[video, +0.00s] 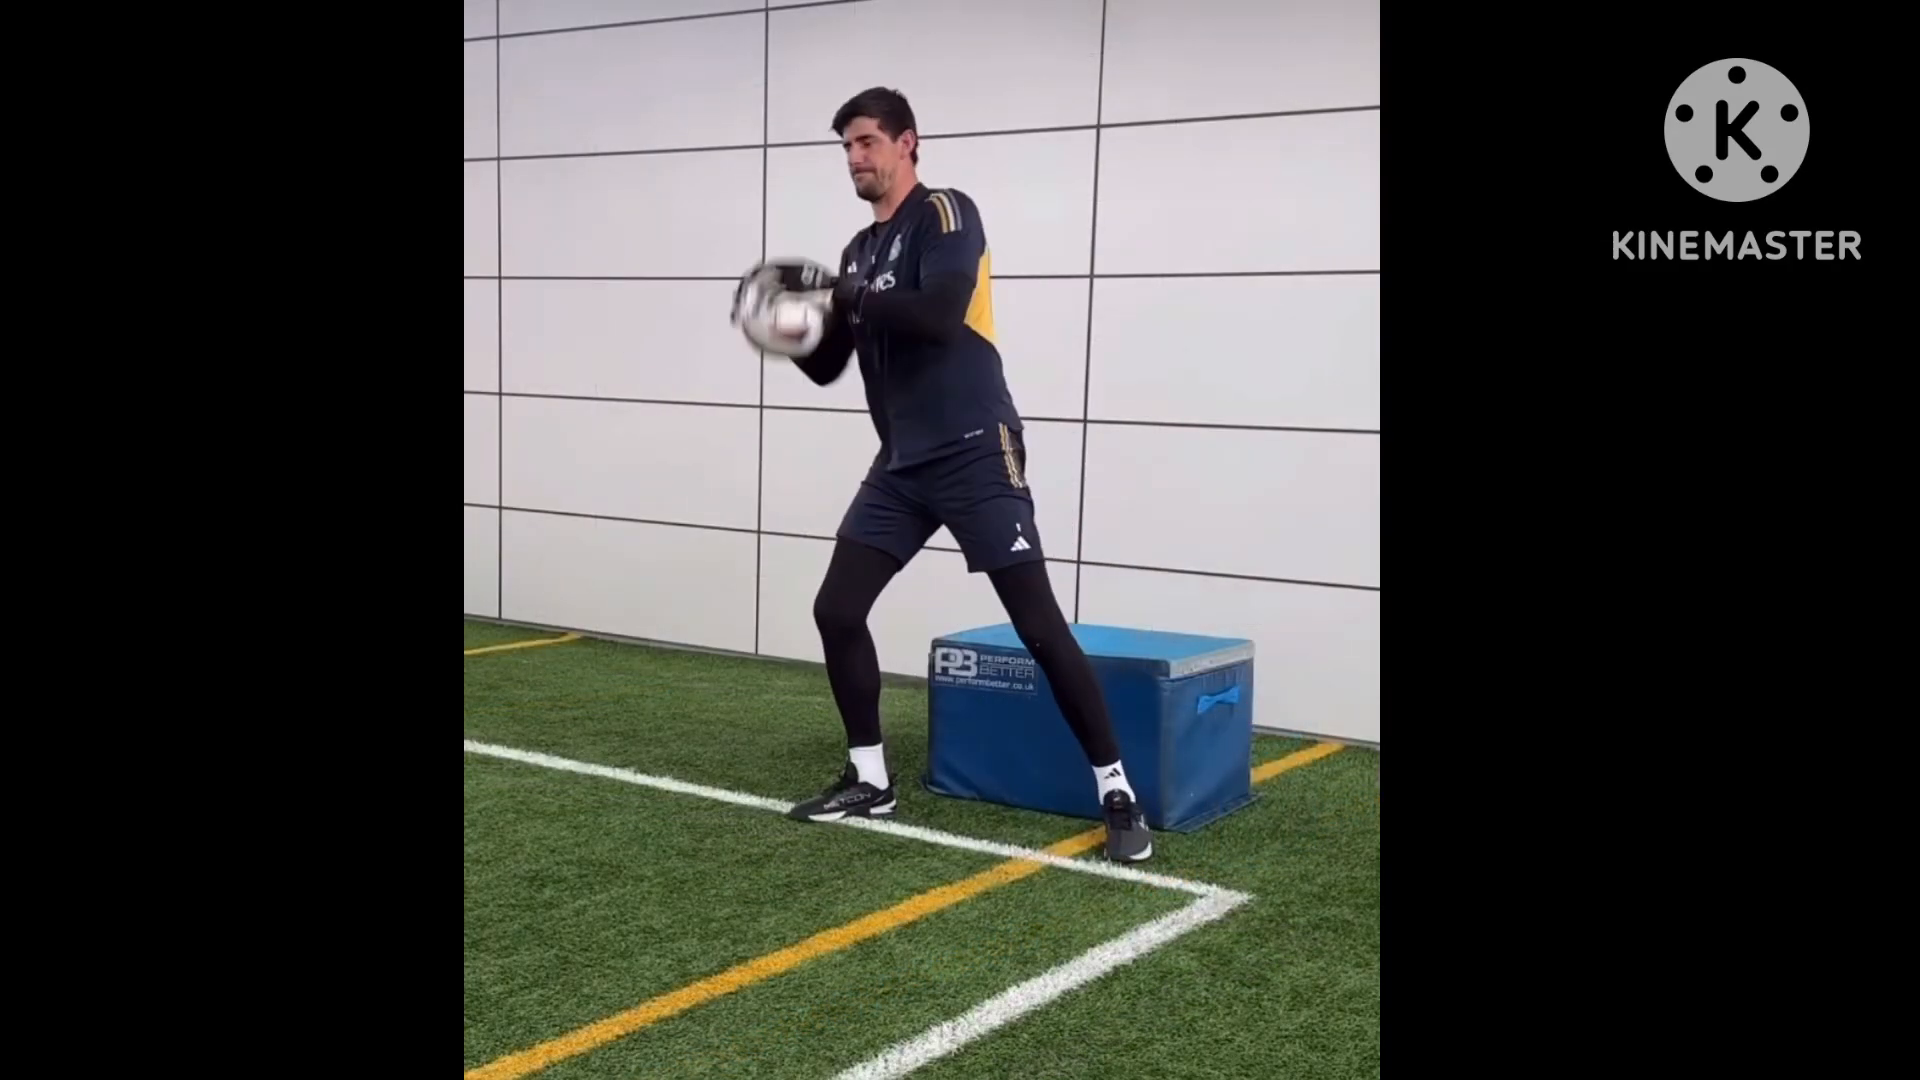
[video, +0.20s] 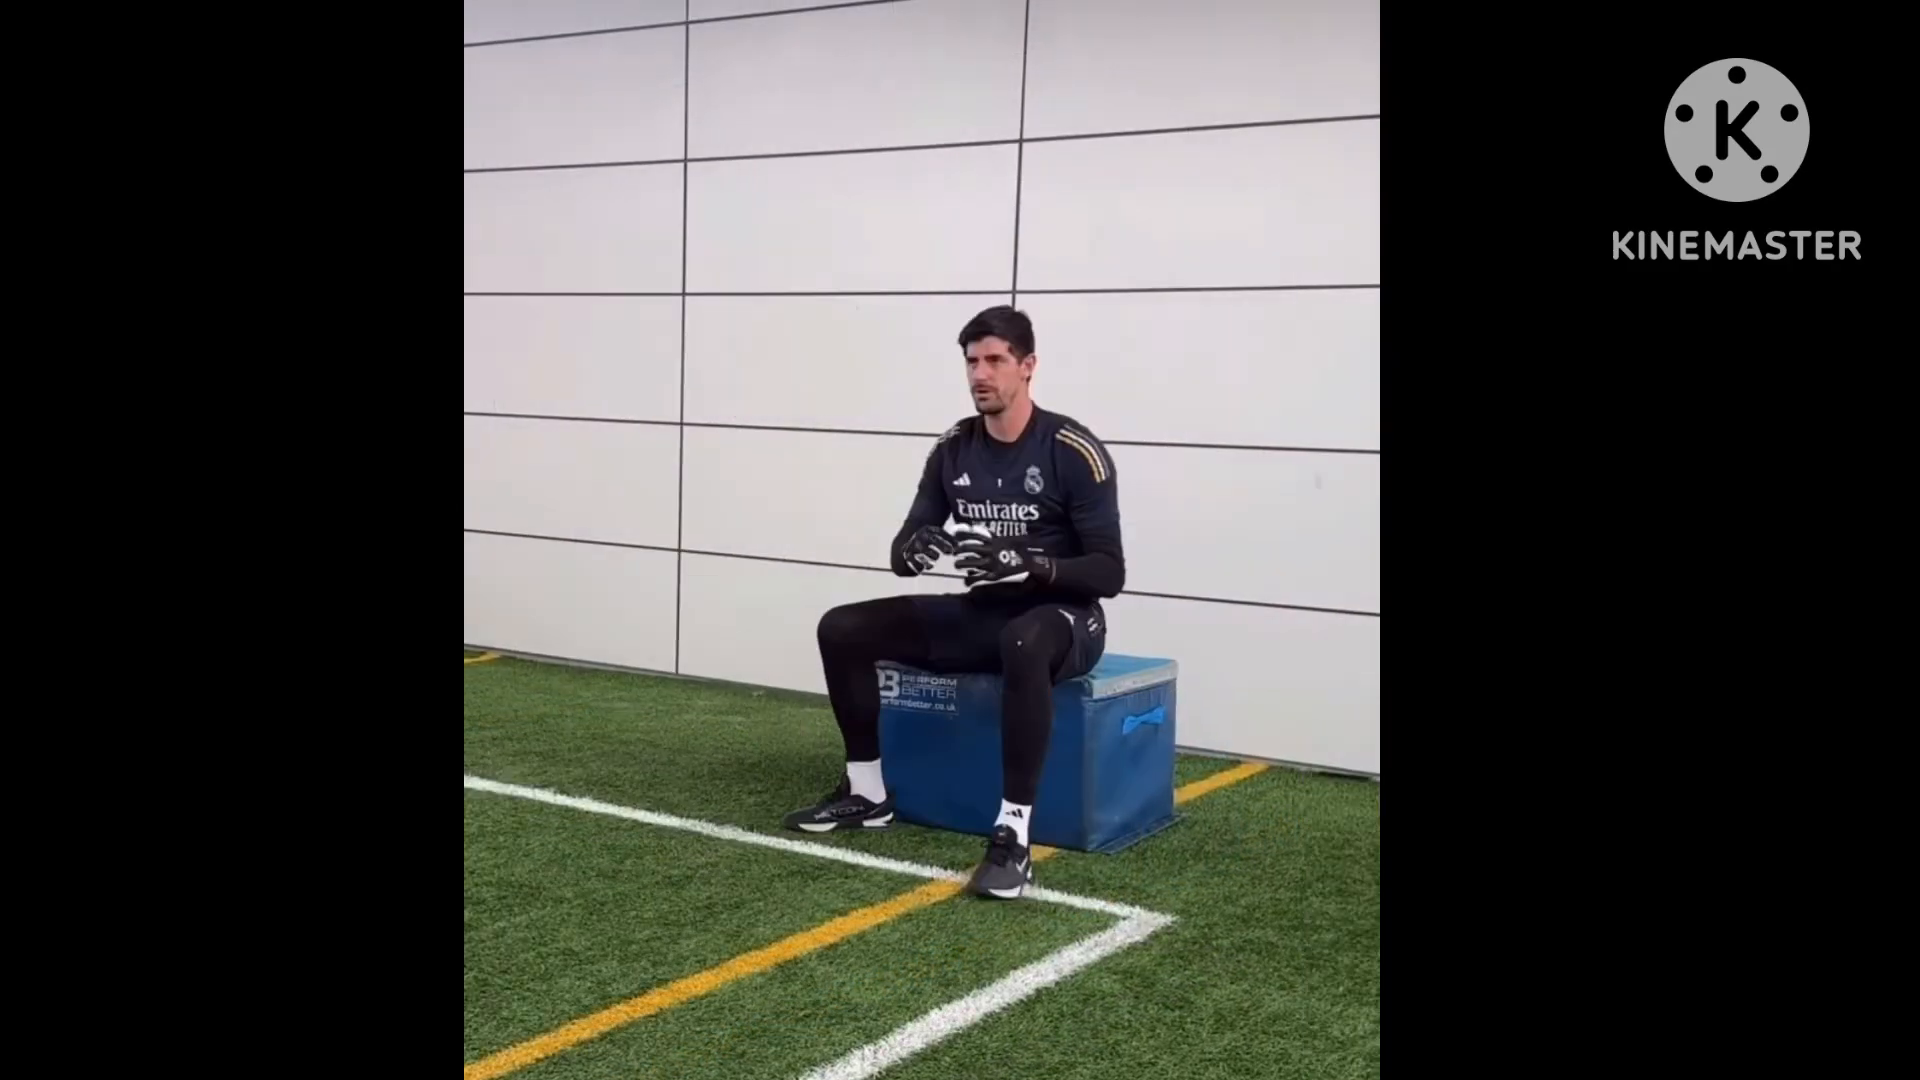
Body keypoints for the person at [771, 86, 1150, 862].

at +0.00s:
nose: (855, 158)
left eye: (867, 142)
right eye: (848, 147)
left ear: (907, 145)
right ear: (848, 158)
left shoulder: (948, 211)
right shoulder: (859, 251)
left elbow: (937, 315)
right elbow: (824, 365)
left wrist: (844, 296)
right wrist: (786, 326)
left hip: (977, 450)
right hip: (901, 462)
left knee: (1039, 625)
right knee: (837, 610)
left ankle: (1118, 793)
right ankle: (870, 782)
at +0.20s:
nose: (980, 374)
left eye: (994, 362)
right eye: (972, 363)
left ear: (1028, 366)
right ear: (965, 369)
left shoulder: (1075, 452)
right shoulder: (953, 451)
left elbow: (1109, 571)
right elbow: (907, 545)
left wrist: (1031, 565)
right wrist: (915, 549)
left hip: (1064, 615)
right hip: (979, 613)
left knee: (1025, 641)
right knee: (841, 629)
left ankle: (1011, 839)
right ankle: (866, 794)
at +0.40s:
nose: (988, 383)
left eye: (1002, 370)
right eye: (981, 371)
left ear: (1037, 377)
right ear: (974, 378)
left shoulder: (1078, 462)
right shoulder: (959, 458)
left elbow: (1107, 581)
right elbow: (896, 565)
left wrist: (1028, 564)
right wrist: (908, 547)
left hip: (1066, 623)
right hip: (982, 619)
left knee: (1021, 642)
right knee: (839, 626)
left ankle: (1010, 839)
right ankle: (866, 794)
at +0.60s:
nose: (959, 393)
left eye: (974, 380)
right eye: (952, 380)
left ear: (1008, 388)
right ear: (944, 387)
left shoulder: (1043, 452)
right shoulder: (930, 456)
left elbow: (1085, 528)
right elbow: (827, 497)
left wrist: (995, 524)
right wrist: (863, 483)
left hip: (1063, 620)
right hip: (977, 617)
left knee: (1019, 643)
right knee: (840, 628)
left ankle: (1011, 837)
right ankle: (866, 796)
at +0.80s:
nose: (922, 349)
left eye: (938, 337)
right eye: (916, 337)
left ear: (975, 345)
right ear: (910, 343)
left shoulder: (1010, 405)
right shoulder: (894, 408)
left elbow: (1097, 456)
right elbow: (809, 408)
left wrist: (1017, 461)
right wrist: (770, 407)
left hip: (1049, 579)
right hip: (966, 582)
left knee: (1009, 651)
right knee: (822, 642)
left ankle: (1011, 835)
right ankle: (864, 797)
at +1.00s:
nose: (916, 242)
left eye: (932, 228)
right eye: (909, 229)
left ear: (970, 236)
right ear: (903, 241)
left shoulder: (1024, 331)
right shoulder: (888, 336)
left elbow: (1107, 437)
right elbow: (829, 414)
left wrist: (1076, 504)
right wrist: (781, 476)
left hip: (1026, 522)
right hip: (946, 524)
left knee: (998, 657)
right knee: (830, 645)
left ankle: (1009, 838)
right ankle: (865, 798)